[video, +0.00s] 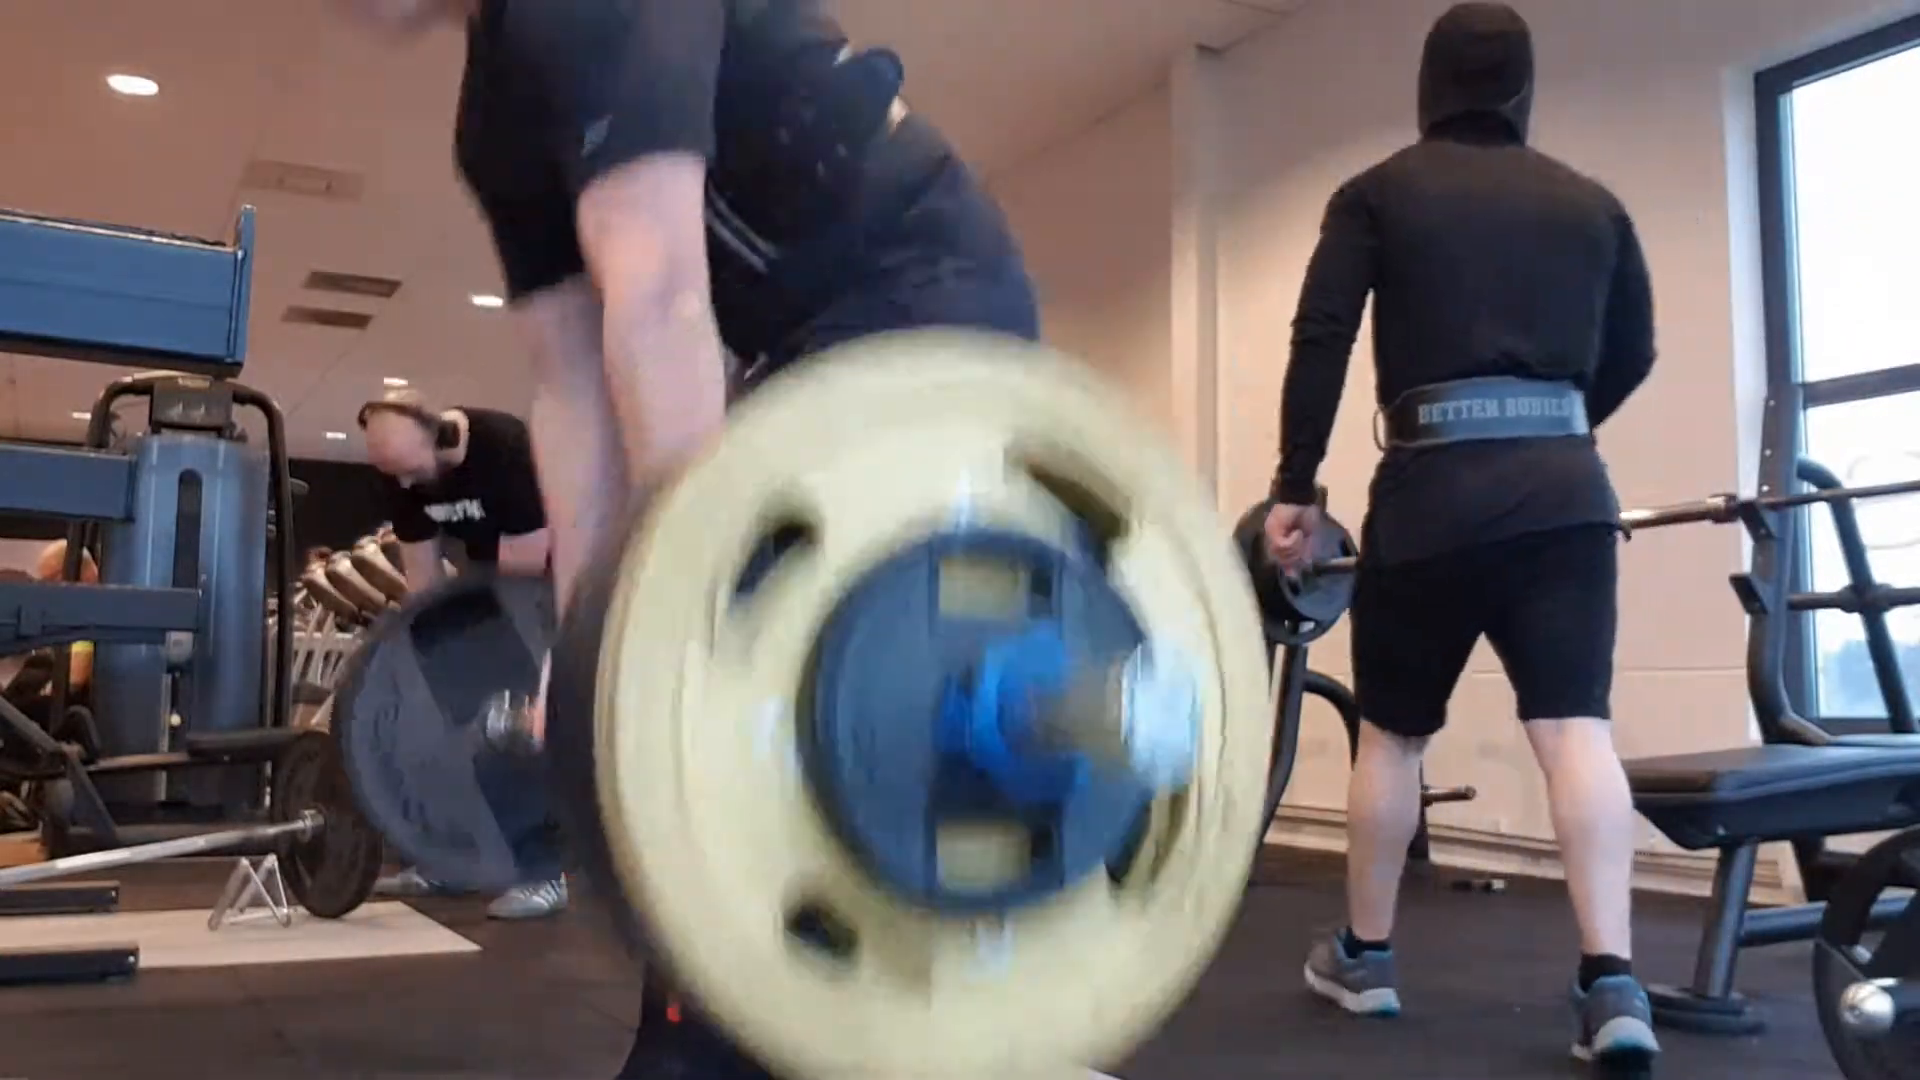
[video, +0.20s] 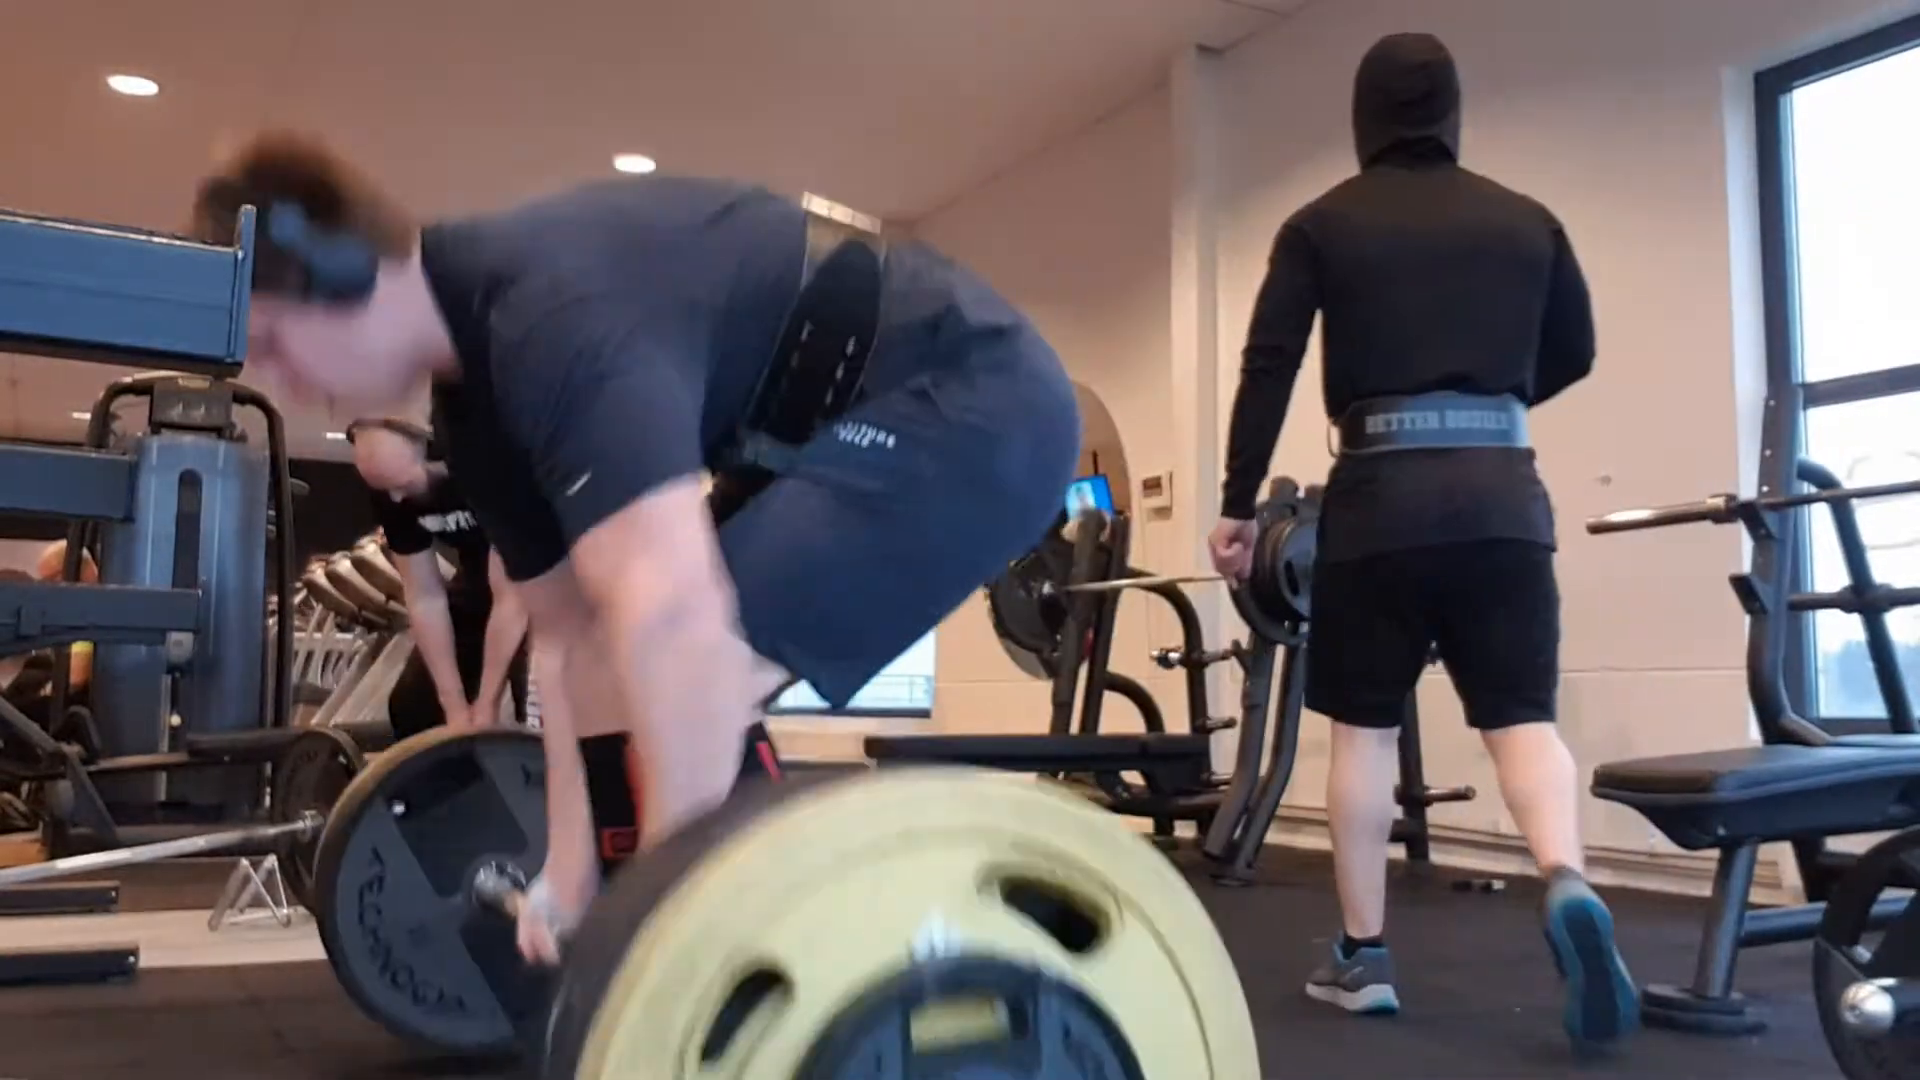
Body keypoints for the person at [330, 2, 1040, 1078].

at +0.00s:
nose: (354, 7)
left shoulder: (594, 12)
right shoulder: (494, 115)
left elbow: (662, 296)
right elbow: (563, 373)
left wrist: (689, 589)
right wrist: (582, 644)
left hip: (915, 318)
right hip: (782, 358)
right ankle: (695, 1028)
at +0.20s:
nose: (279, 389)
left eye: (267, 350)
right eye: (257, 364)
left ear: (320, 283)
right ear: (340, 269)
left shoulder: (565, 309)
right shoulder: (470, 393)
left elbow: (674, 621)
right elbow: (560, 630)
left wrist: (688, 921)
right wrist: (570, 861)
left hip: (964, 398)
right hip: (845, 420)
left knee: (686, 679)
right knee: (596, 654)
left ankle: (716, 998)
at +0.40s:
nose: (322, 323)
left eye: (309, 287)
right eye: (295, 306)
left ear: (360, 205)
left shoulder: (586, 266)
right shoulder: (477, 354)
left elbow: (665, 602)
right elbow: (542, 606)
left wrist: (662, 915)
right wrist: (549, 861)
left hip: (950, 451)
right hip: (832, 473)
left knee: (626, 668)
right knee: (557, 657)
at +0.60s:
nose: (310, 296)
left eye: (301, 255)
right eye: (287, 273)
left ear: (366, 176)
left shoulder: (564, 289)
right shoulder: (468, 364)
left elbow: (647, 611)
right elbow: (536, 614)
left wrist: (655, 915)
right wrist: (526, 851)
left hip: (947, 478)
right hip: (839, 495)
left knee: (619, 673)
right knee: (555, 661)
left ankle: (701, 979)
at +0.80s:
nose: (296, 234)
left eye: (285, 190)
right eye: (270, 209)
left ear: (354, 119)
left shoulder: (566, 244)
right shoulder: (470, 328)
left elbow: (647, 584)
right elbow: (534, 594)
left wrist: (650, 902)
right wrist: (491, 828)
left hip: (931, 449)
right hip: (827, 469)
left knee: (597, 676)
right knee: (537, 670)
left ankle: (709, 966)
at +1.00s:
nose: (268, 176)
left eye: (275, 132)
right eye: (256, 145)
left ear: (373, 88)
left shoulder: (563, 232)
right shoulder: (459, 321)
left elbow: (650, 569)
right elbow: (535, 585)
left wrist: (654, 897)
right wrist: (515, 836)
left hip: (920, 431)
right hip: (816, 455)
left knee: (603, 678)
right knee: (535, 676)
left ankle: (735, 971)